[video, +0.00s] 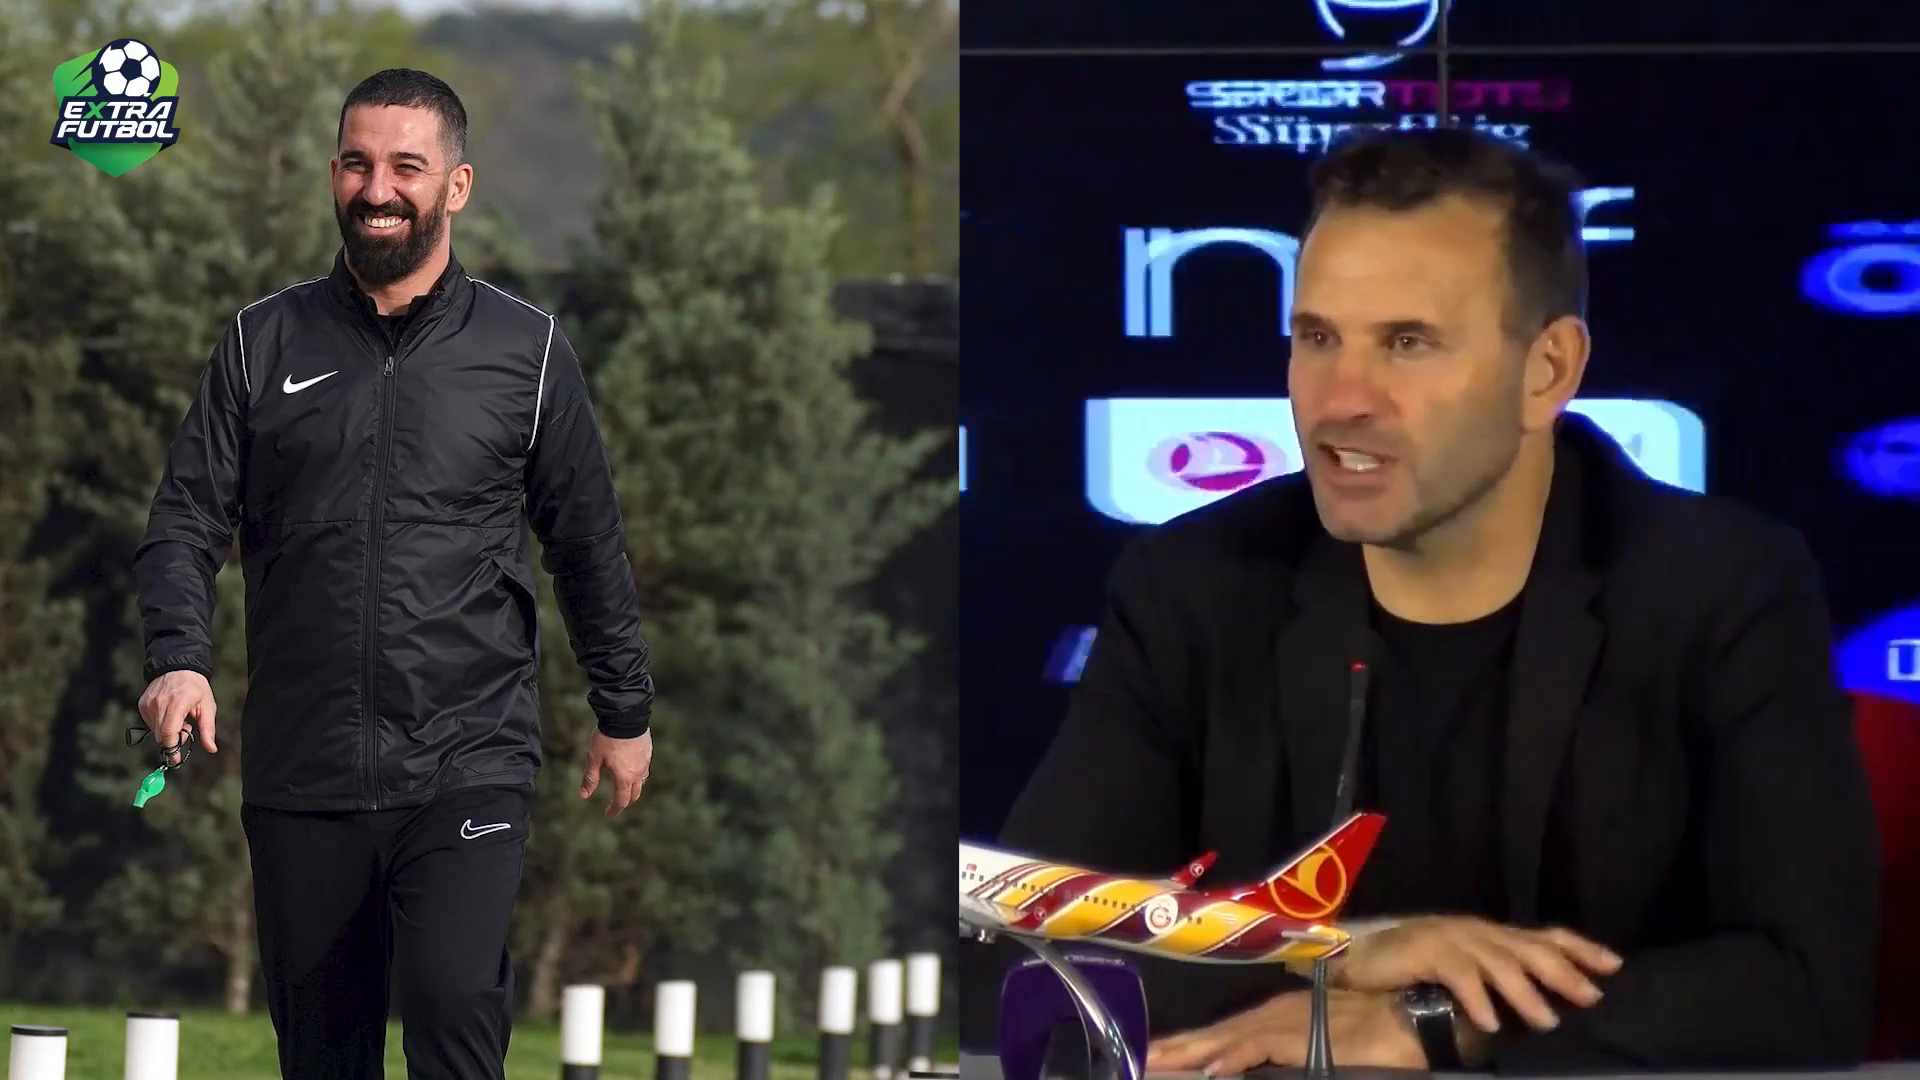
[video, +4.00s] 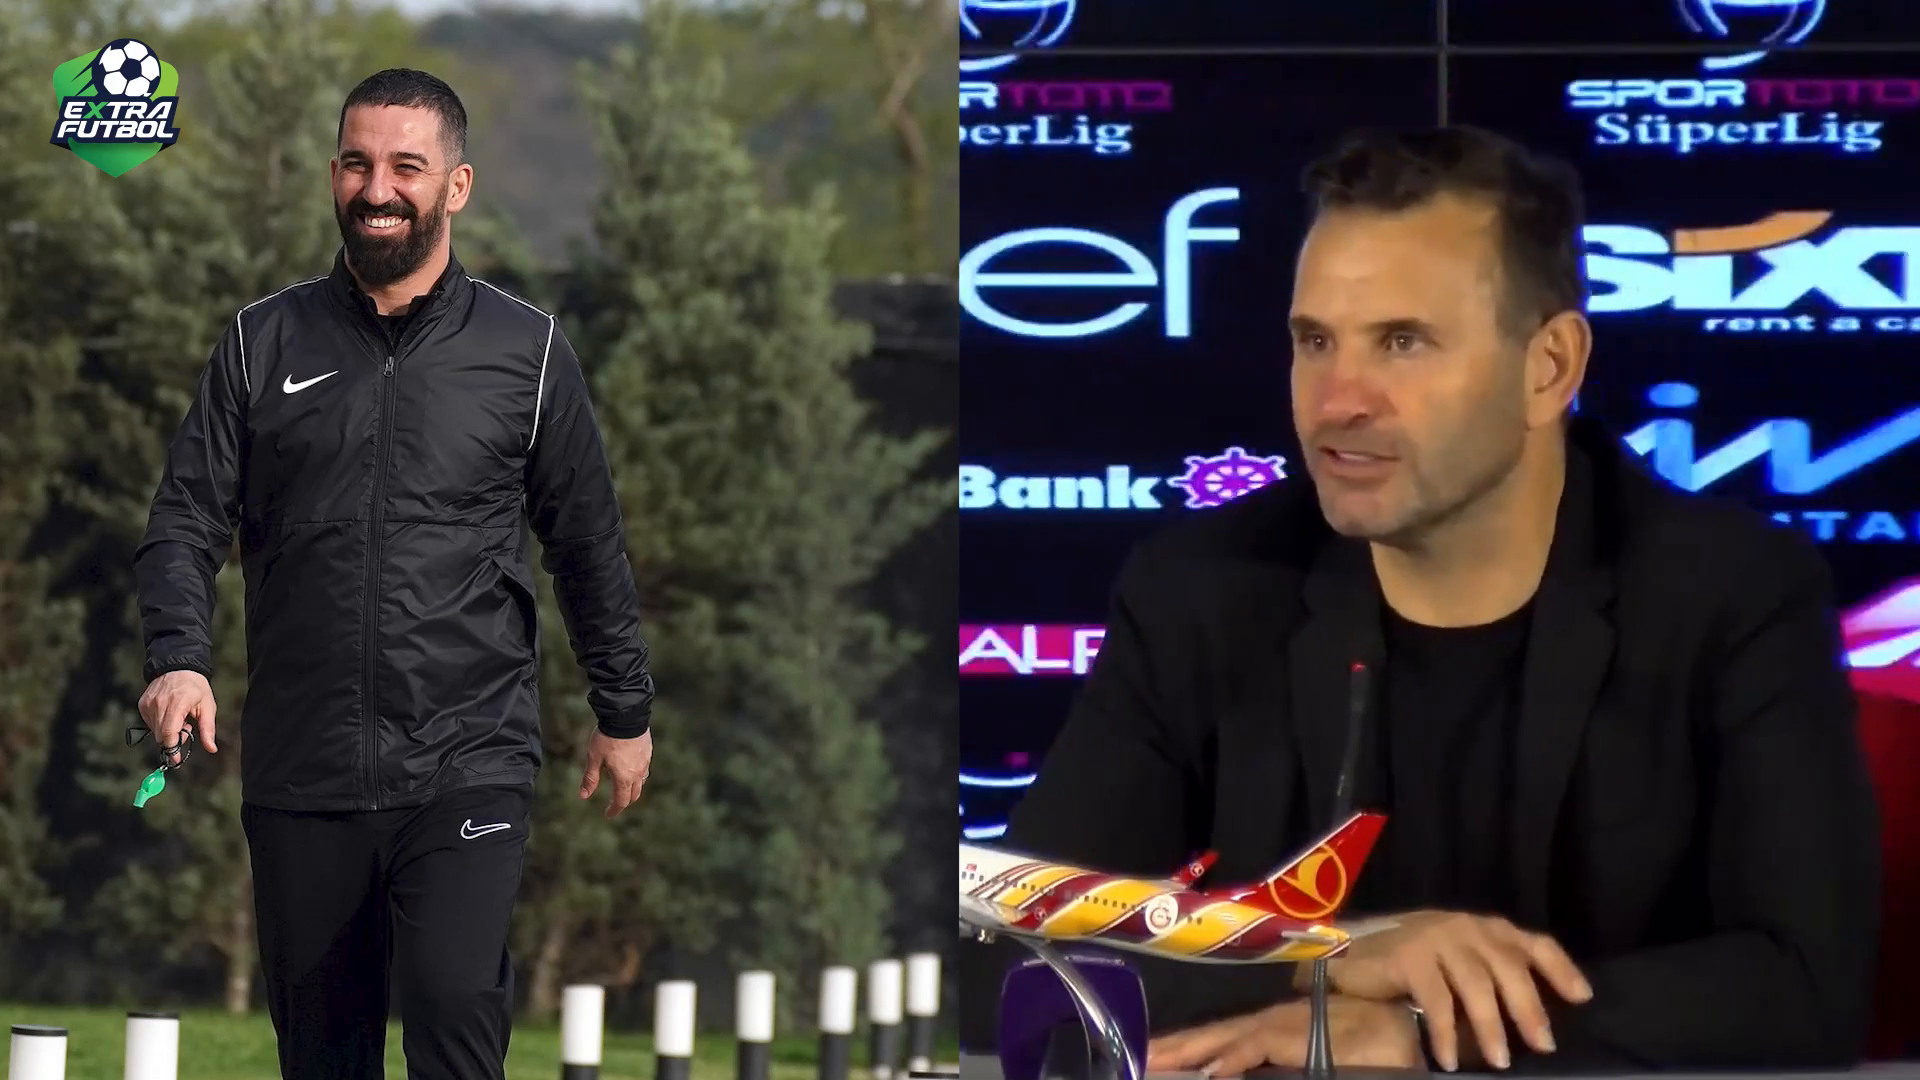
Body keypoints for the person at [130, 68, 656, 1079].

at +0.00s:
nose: (376, 187)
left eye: (405, 164)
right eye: (356, 162)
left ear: (458, 185)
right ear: (334, 176)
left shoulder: (529, 349)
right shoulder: (259, 343)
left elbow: (588, 540)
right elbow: (187, 513)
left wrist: (623, 709)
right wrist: (178, 658)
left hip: (472, 752)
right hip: (302, 755)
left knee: (455, 1018)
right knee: (320, 1042)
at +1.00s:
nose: (376, 187)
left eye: (405, 164)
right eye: (356, 162)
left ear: (458, 185)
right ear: (334, 176)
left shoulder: (529, 349)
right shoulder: (259, 343)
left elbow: (588, 541)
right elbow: (187, 513)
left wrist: (623, 709)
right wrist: (178, 658)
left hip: (472, 752)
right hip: (302, 755)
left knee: (455, 1018)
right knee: (320, 1042)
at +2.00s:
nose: (375, 187)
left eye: (405, 164)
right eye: (356, 162)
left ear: (458, 185)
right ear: (334, 177)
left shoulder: (530, 350)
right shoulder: (259, 342)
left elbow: (588, 541)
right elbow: (187, 513)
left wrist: (623, 708)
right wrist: (177, 658)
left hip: (472, 752)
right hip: (301, 755)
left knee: (455, 1018)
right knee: (320, 1043)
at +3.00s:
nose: (375, 186)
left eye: (405, 164)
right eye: (356, 162)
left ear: (458, 186)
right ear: (334, 177)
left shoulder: (530, 350)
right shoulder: (259, 343)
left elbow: (589, 542)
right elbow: (186, 513)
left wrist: (623, 708)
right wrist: (178, 658)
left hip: (472, 751)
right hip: (302, 753)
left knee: (454, 1018)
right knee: (320, 1041)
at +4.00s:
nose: (375, 186)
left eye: (405, 164)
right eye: (356, 162)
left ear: (458, 186)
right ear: (334, 177)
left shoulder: (530, 350)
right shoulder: (259, 343)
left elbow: (589, 543)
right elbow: (186, 513)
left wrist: (623, 708)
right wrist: (178, 658)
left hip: (472, 751)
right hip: (302, 753)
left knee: (454, 1018)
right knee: (320, 1041)